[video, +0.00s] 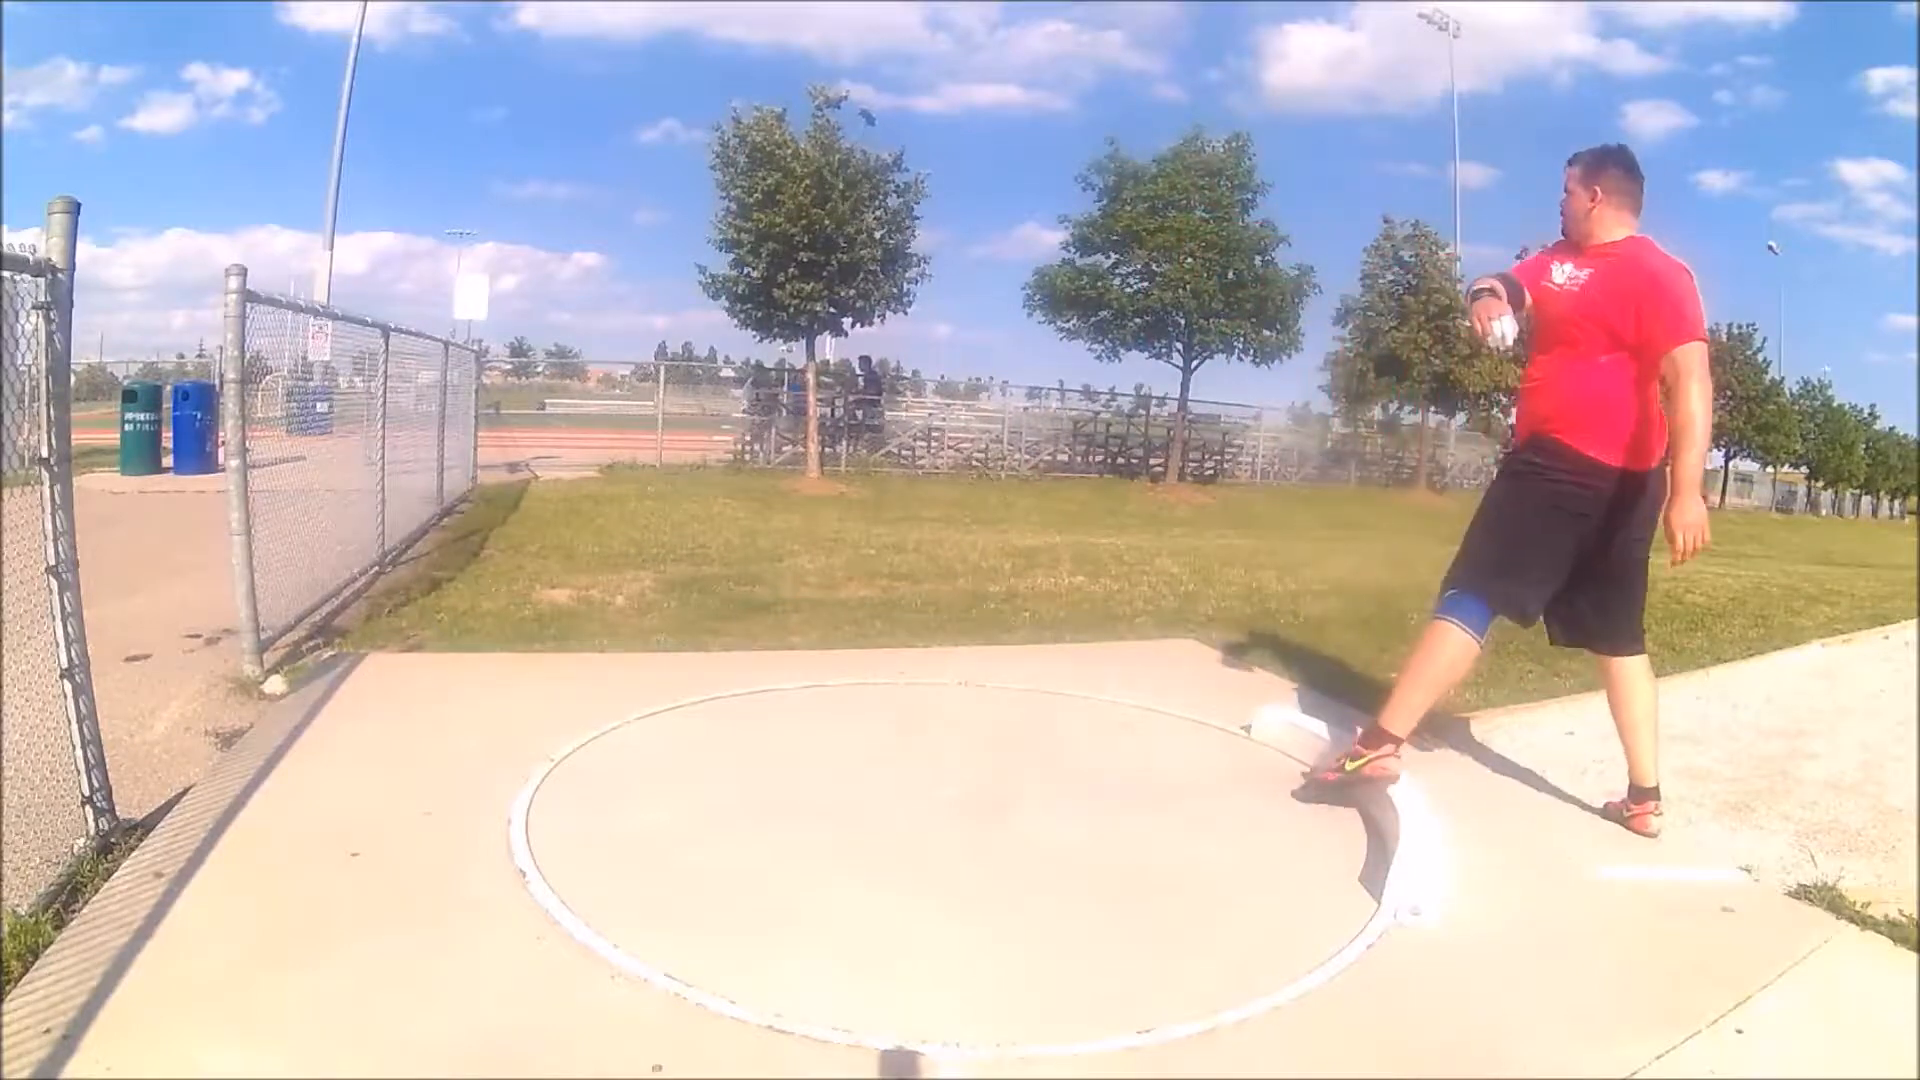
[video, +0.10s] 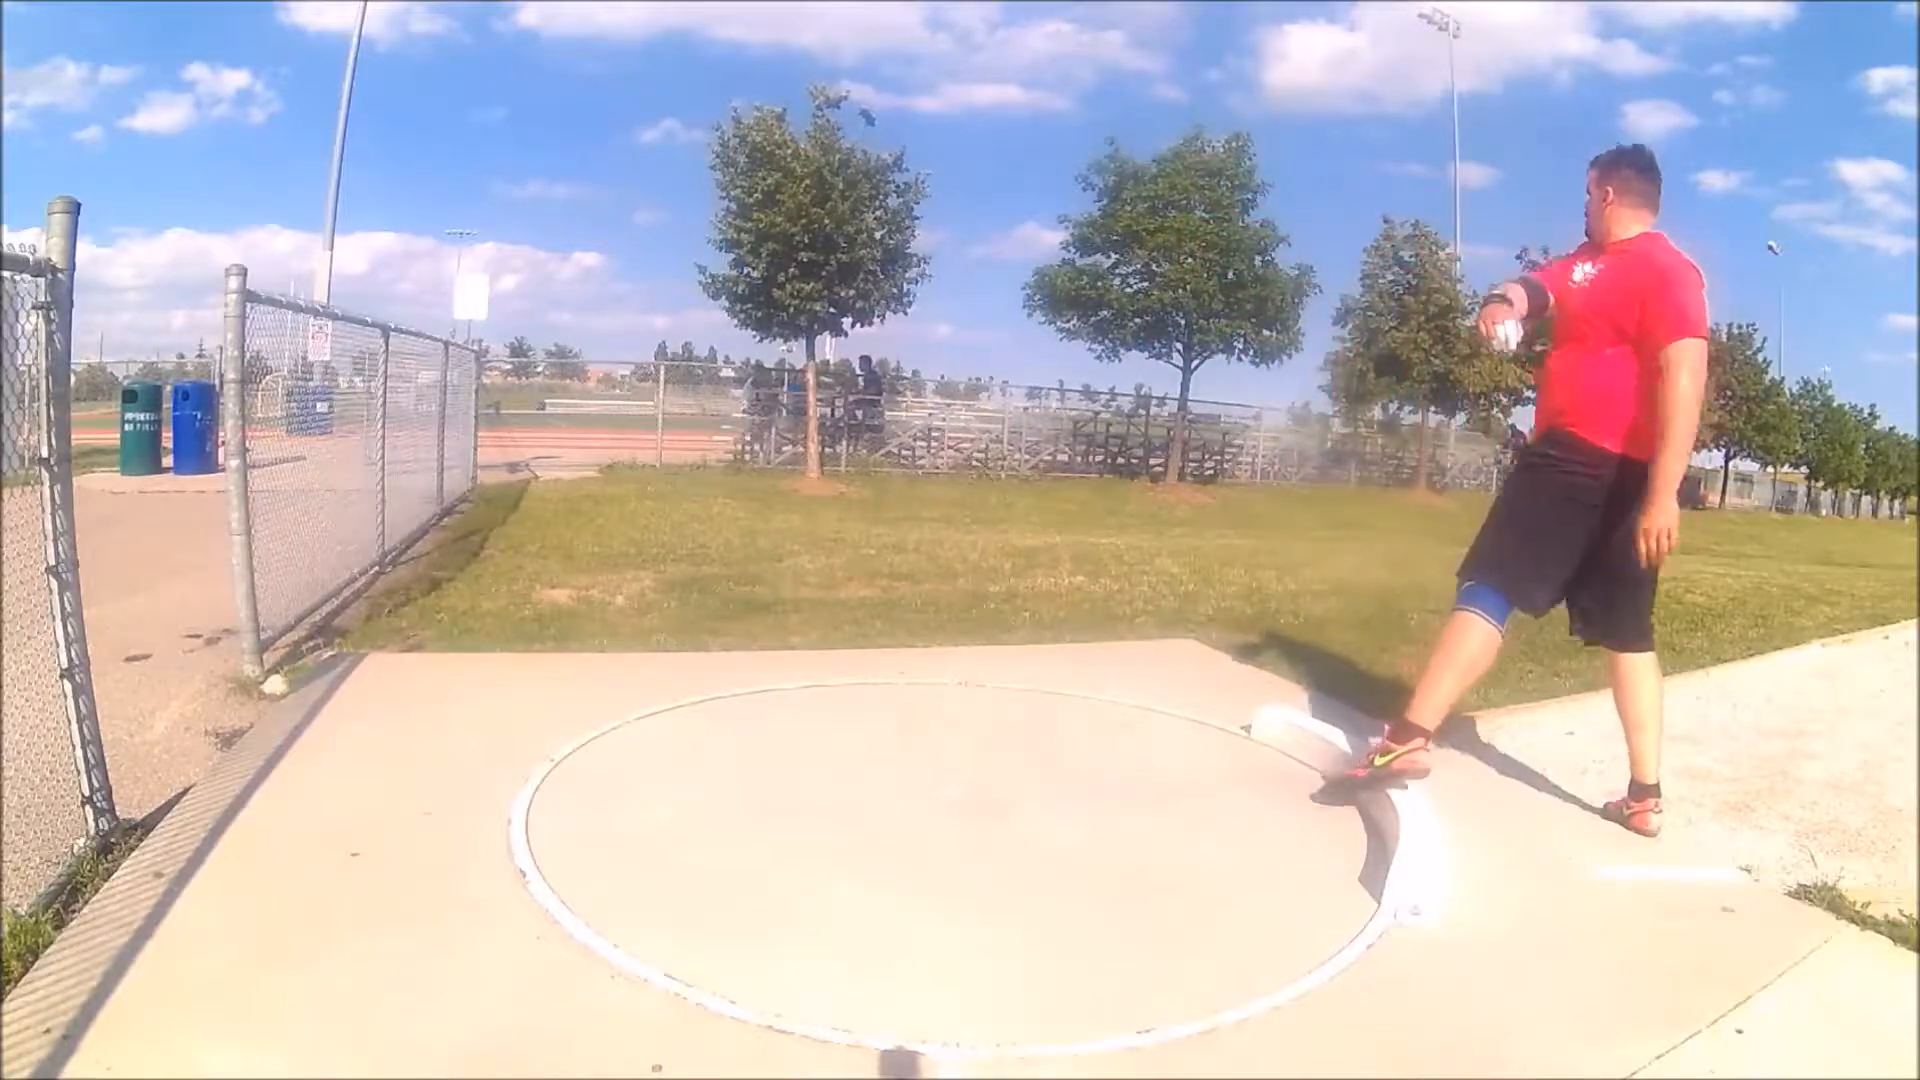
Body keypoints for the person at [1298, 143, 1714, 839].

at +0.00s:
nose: (1562, 208)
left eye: (1568, 196)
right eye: (1564, 196)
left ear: (1596, 195)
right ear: (1613, 196)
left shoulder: (1659, 271)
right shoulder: (1555, 260)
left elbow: (1691, 379)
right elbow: (1501, 286)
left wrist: (1689, 492)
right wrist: (1489, 298)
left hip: (1561, 461)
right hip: (1631, 476)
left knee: (1471, 597)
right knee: (1618, 629)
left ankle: (1381, 741)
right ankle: (1645, 796)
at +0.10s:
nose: (1585, 210)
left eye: (1588, 198)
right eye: (1588, 199)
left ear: (1605, 192)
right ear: (1647, 197)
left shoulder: (1668, 267)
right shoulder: (1581, 264)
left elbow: (1685, 376)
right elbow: (1528, 288)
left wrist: (1664, 493)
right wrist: (1504, 304)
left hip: (1571, 464)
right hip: (1631, 479)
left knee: (1488, 593)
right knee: (1629, 630)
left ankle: (1411, 737)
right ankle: (1645, 794)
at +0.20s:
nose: (1606, 214)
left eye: (1607, 204)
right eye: (1613, 205)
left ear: (1616, 199)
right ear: (1666, 204)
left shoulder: (1649, 259)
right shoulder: (1630, 267)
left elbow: (1658, 369)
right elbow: (1560, 306)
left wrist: (1614, 474)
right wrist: (1511, 319)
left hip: (1587, 463)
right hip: (1655, 475)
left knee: (1506, 597)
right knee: (1637, 633)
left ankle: (1423, 736)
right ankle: (1646, 793)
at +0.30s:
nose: (1617, 213)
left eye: (1616, 204)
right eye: (1631, 203)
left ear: (1619, 201)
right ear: (1673, 205)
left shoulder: (1639, 251)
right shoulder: (1666, 262)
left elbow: (1635, 346)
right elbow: (1568, 321)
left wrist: (1576, 459)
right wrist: (1509, 338)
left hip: (1600, 460)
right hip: (1664, 473)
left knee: (1512, 597)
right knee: (1640, 630)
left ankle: (1427, 736)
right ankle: (1646, 792)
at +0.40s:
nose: (1627, 213)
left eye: (1623, 202)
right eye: (1654, 202)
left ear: (1623, 199)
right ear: (1679, 205)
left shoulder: (1621, 245)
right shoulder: (1692, 275)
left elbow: (1590, 338)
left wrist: (1524, 436)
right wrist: (1546, 376)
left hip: (1593, 455)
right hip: (1668, 473)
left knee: (1518, 596)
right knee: (1643, 627)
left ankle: (1441, 735)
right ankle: (1646, 791)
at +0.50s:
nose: (1642, 211)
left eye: (1626, 199)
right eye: (1667, 203)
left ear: (1619, 197)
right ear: (1678, 205)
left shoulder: (1602, 244)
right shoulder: (1700, 283)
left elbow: (1557, 329)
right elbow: (1694, 388)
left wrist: (1480, 419)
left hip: (1583, 456)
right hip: (1666, 471)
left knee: (1509, 589)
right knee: (1643, 623)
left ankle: (1449, 733)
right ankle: (1646, 790)